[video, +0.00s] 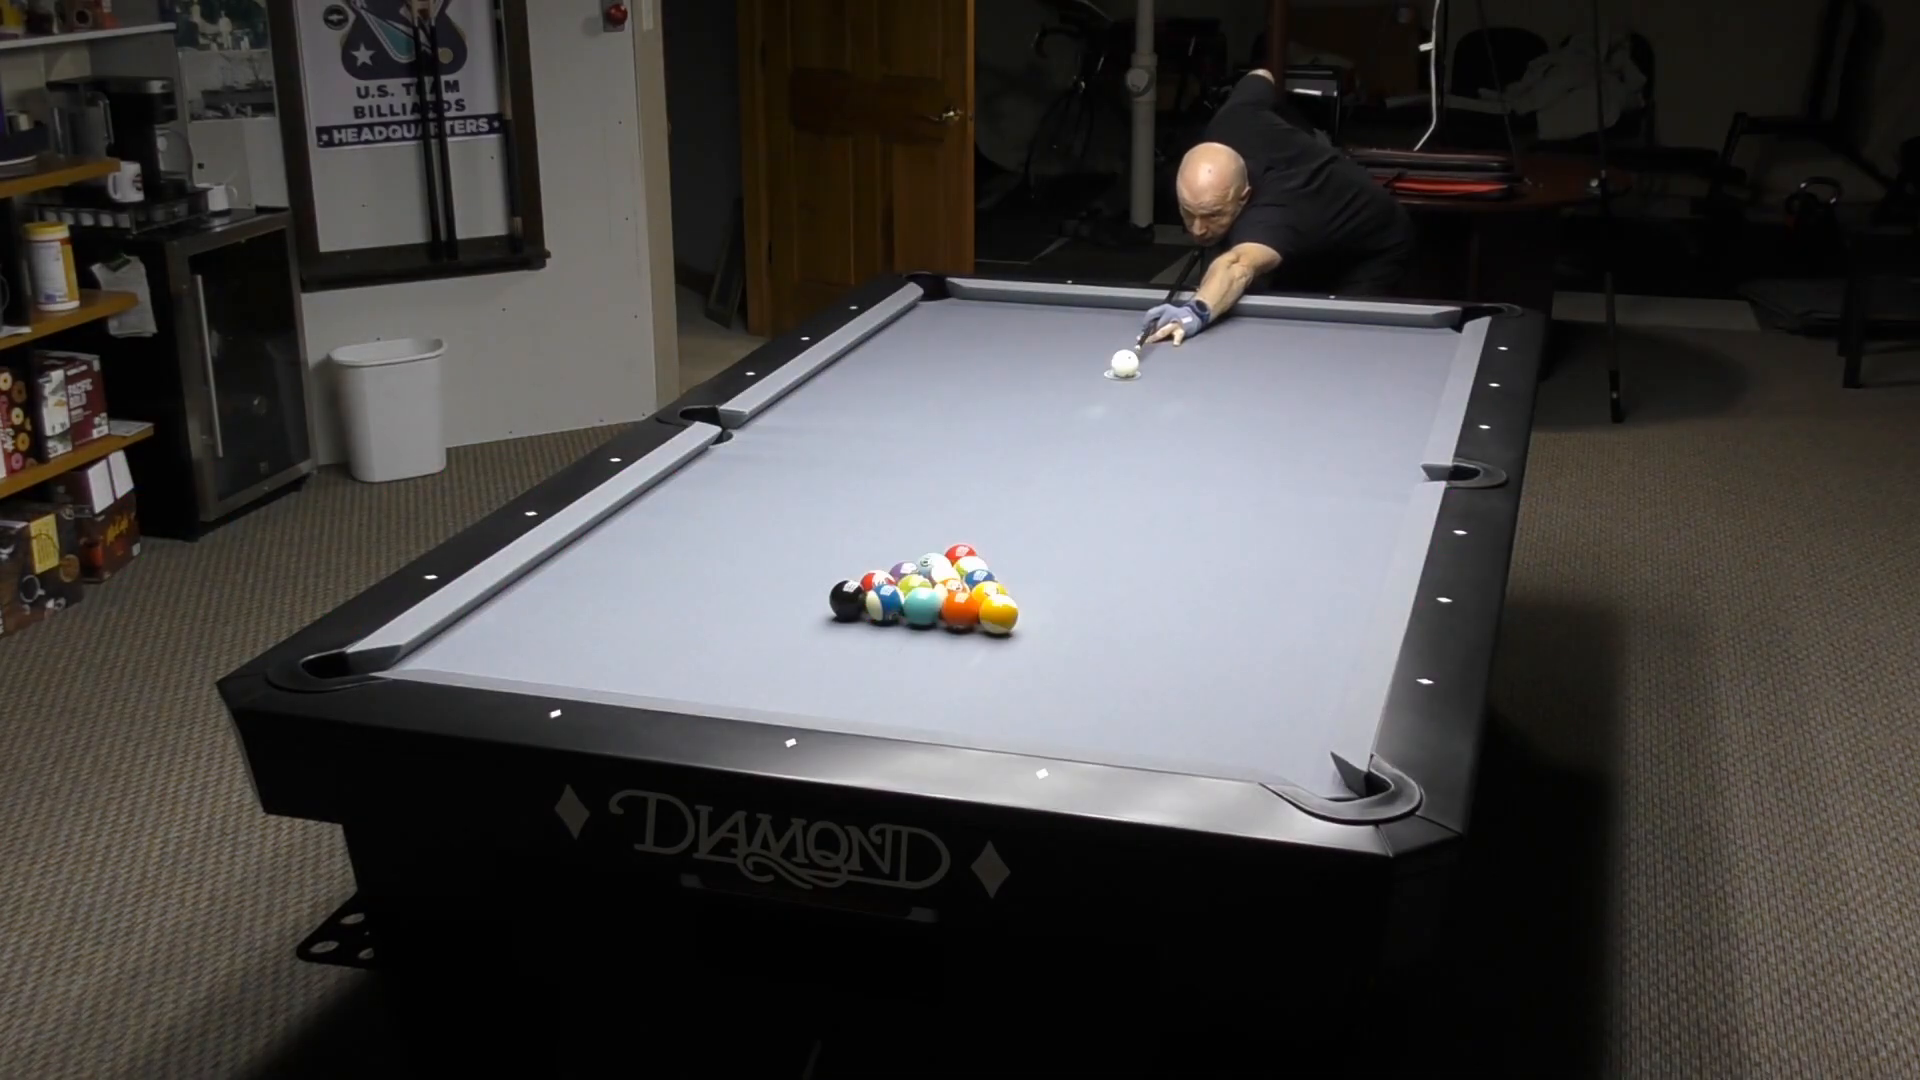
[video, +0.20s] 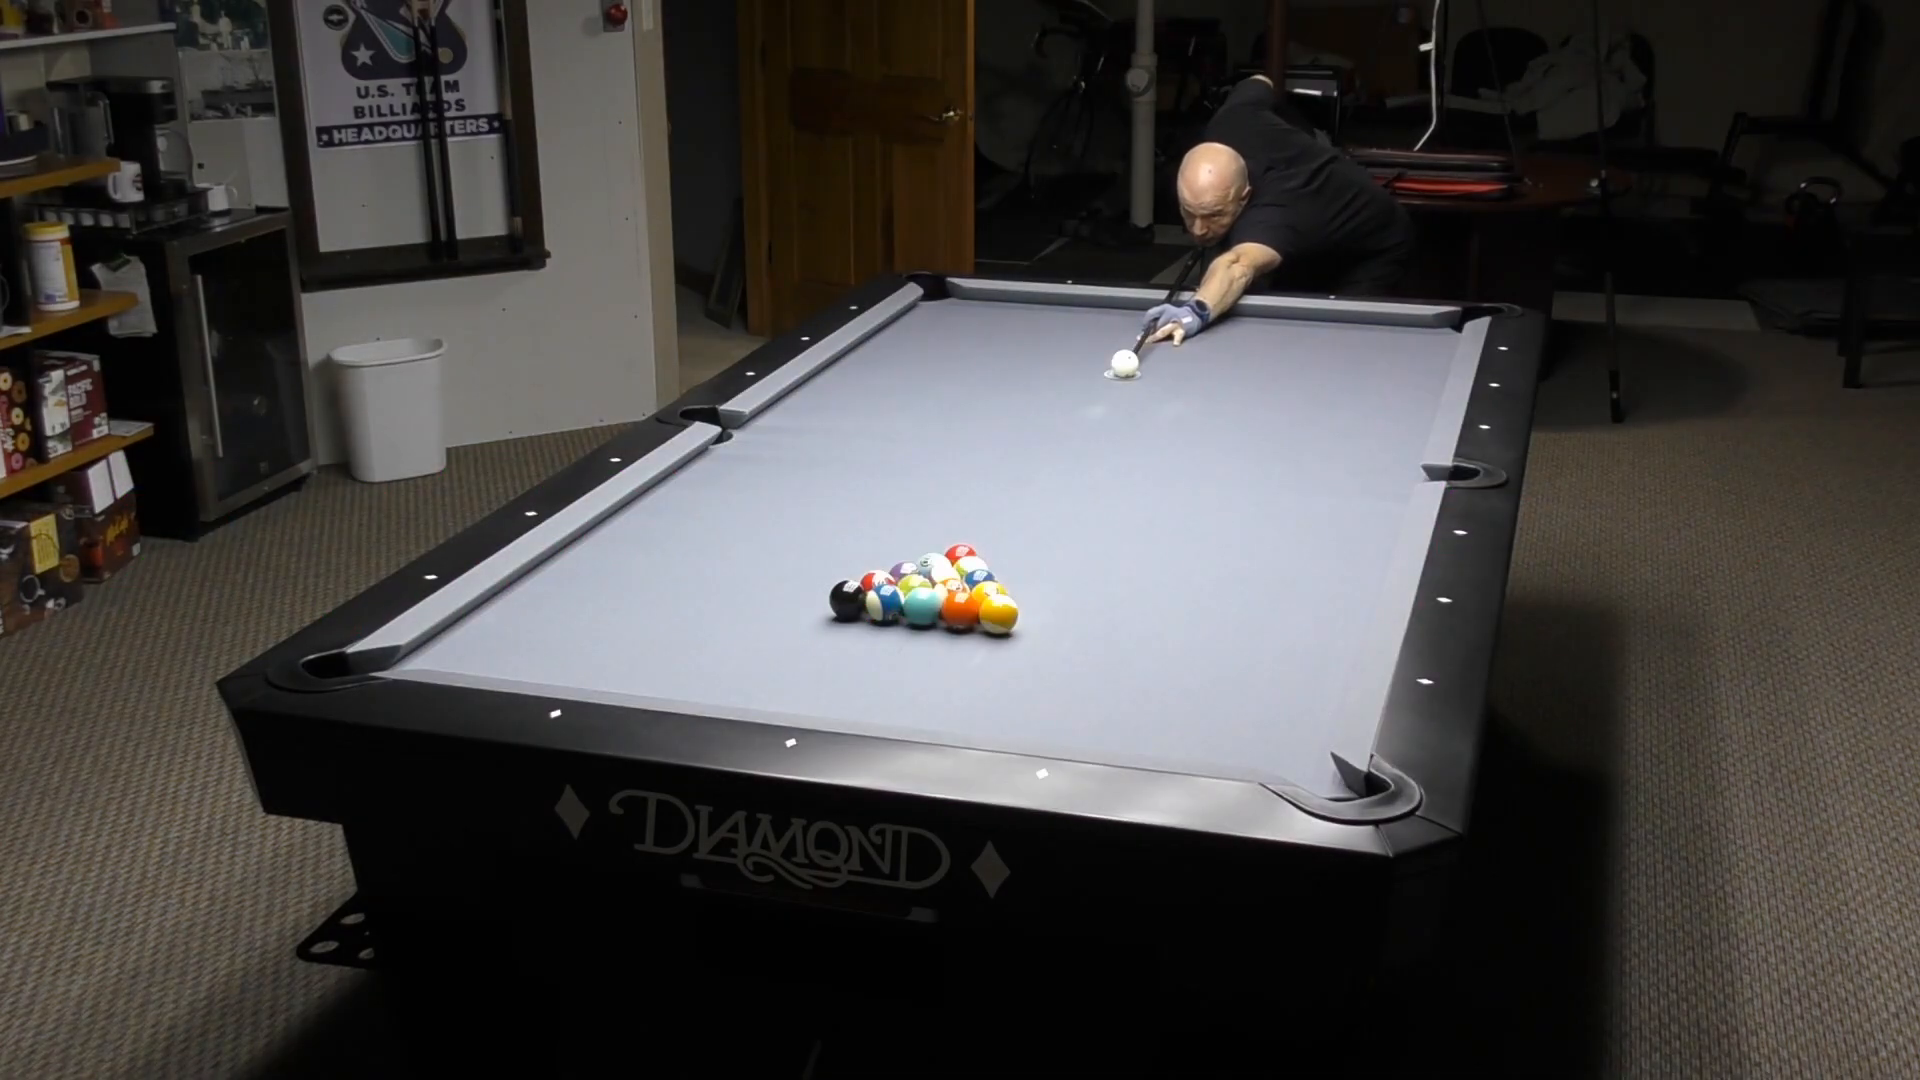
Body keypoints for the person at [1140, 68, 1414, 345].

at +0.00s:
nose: (1198, 230)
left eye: (1212, 218)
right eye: (1188, 215)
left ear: (1244, 195)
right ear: (1178, 187)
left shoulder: (1273, 216)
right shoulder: (1233, 121)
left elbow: (1237, 267)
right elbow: (1261, 74)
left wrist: (1195, 312)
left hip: (1379, 240)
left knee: (1339, 339)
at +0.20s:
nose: (1199, 231)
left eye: (1213, 217)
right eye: (1189, 215)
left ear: (1244, 195)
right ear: (1179, 187)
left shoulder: (1273, 216)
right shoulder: (1233, 120)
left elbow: (1238, 266)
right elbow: (1261, 80)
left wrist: (1194, 311)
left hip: (1379, 242)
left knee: (1339, 339)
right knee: (1280, 330)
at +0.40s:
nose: (1199, 231)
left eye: (1213, 217)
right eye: (1189, 215)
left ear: (1244, 195)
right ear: (1179, 187)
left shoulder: (1275, 215)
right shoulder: (1232, 121)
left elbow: (1238, 266)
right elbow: (1260, 80)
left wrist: (1195, 311)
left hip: (1378, 242)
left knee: (1339, 339)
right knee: (1280, 330)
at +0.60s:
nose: (1199, 231)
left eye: (1213, 217)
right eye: (1189, 215)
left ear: (1244, 195)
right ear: (1179, 187)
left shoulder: (1274, 215)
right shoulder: (1232, 121)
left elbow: (1238, 266)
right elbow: (1260, 80)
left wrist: (1195, 311)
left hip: (1379, 242)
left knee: (1339, 338)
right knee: (1280, 329)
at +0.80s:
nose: (1199, 231)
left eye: (1213, 217)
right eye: (1188, 215)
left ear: (1244, 195)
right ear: (1179, 187)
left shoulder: (1274, 216)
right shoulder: (1232, 121)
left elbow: (1238, 265)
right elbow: (1259, 80)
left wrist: (1195, 311)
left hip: (1378, 242)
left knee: (1338, 338)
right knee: (1279, 329)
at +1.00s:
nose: (1199, 231)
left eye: (1213, 217)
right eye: (1189, 215)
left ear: (1243, 195)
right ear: (1179, 188)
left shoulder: (1273, 216)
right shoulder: (1232, 121)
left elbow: (1238, 265)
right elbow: (1259, 81)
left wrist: (1195, 310)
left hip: (1378, 243)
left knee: (1339, 339)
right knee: (1280, 330)